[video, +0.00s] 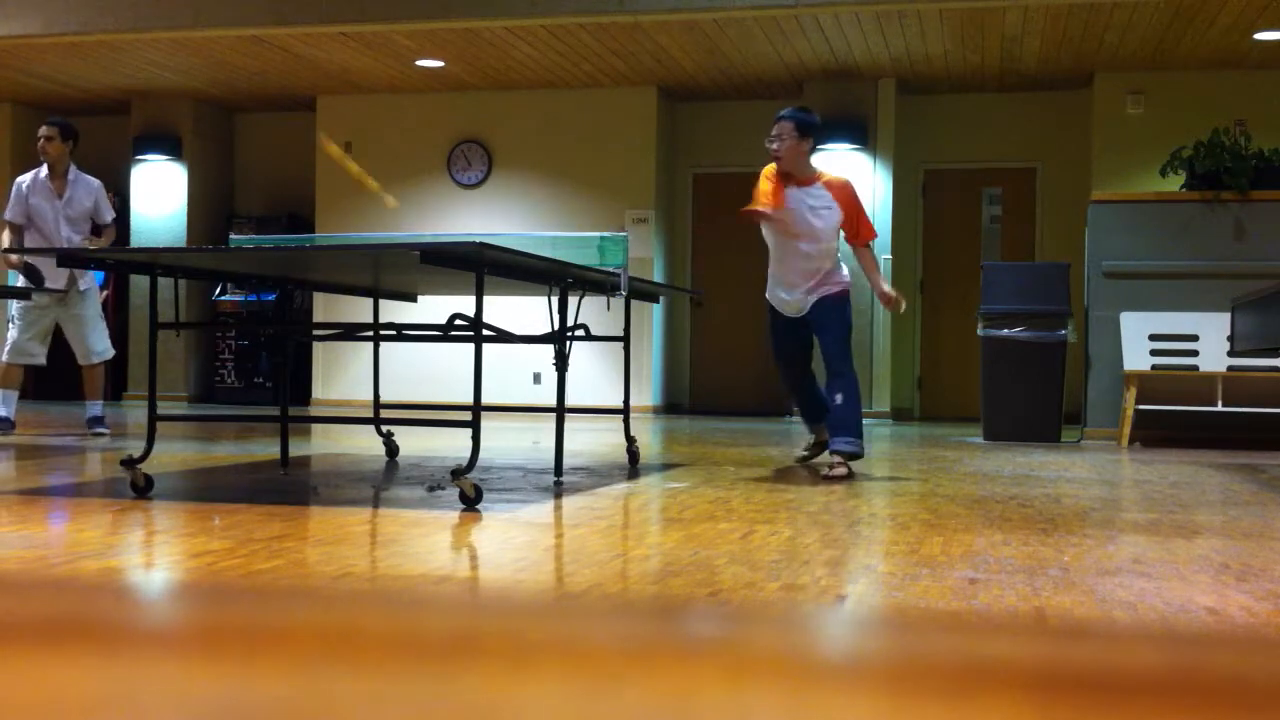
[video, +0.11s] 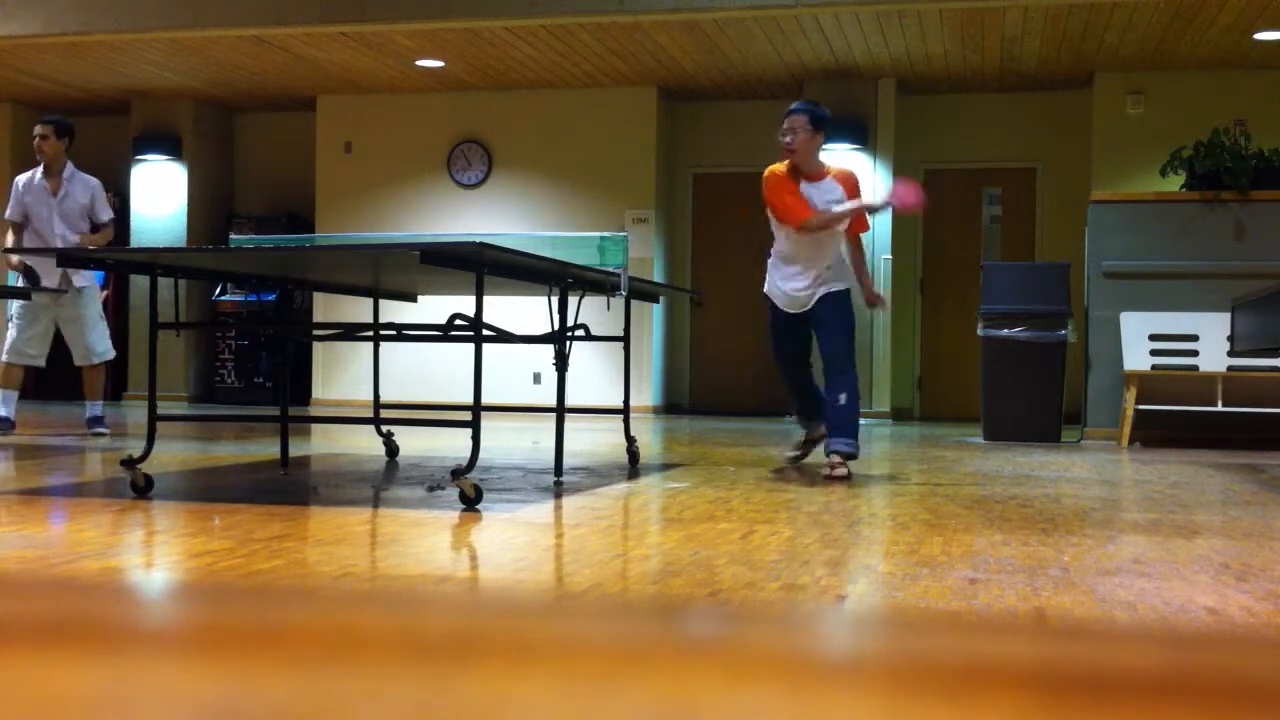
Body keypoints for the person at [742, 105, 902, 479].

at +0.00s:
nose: (773, 146)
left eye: (782, 139)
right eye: (772, 139)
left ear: (806, 143)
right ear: (773, 144)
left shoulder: (838, 188)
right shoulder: (771, 180)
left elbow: (859, 242)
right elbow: (766, 209)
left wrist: (879, 285)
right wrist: (769, 212)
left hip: (827, 288)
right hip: (783, 293)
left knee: (837, 361)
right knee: (793, 370)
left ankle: (841, 450)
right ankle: (820, 430)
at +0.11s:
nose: (786, 139)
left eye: (795, 132)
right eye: (784, 132)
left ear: (818, 137)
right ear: (782, 136)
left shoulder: (844, 180)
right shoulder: (775, 177)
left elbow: (853, 237)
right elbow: (806, 222)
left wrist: (866, 286)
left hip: (831, 283)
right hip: (785, 287)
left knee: (838, 362)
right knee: (791, 365)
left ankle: (839, 449)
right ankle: (815, 424)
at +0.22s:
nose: (790, 131)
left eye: (798, 124)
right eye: (788, 125)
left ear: (821, 130)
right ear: (785, 131)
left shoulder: (846, 178)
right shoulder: (775, 171)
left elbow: (853, 234)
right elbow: (783, 219)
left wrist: (858, 283)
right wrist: (838, 206)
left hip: (831, 282)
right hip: (783, 283)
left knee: (839, 365)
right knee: (775, 366)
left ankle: (837, 451)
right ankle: (783, 440)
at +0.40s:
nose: (792, 132)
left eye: (802, 126)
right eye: (789, 126)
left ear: (823, 134)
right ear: (785, 134)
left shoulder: (842, 188)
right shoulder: (772, 177)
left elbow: (858, 246)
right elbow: (745, 221)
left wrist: (867, 299)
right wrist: (780, 234)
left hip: (822, 296)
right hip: (771, 293)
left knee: (835, 374)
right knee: (747, 372)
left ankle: (836, 455)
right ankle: (763, 448)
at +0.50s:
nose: (786, 131)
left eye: (796, 126)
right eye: (783, 126)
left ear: (816, 135)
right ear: (779, 133)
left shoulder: (834, 187)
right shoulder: (764, 178)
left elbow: (851, 232)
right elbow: (732, 219)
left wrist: (866, 272)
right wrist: (751, 228)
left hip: (815, 294)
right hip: (766, 290)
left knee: (827, 369)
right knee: (748, 371)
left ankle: (835, 446)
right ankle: (762, 446)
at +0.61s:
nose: (777, 124)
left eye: (786, 119)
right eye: (775, 120)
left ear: (807, 129)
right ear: (771, 129)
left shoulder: (827, 174)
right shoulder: (759, 174)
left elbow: (843, 211)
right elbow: (733, 216)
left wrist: (844, 234)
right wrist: (730, 218)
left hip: (813, 288)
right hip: (765, 286)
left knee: (822, 366)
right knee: (752, 364)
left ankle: (825, 447)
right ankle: (763, 446)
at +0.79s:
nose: (771, 129)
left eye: (779, 124)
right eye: (768, 125)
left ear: (800, 131)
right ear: (765, 133)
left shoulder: (816, 168)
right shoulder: (762, 179)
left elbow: (831, 209)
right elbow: (751, 227)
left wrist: (799, 237)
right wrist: (732, 233)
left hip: (814, 288)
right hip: (770, 286)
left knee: (819, 364)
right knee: (764, 360)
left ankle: (804, 438)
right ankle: (763, 442)